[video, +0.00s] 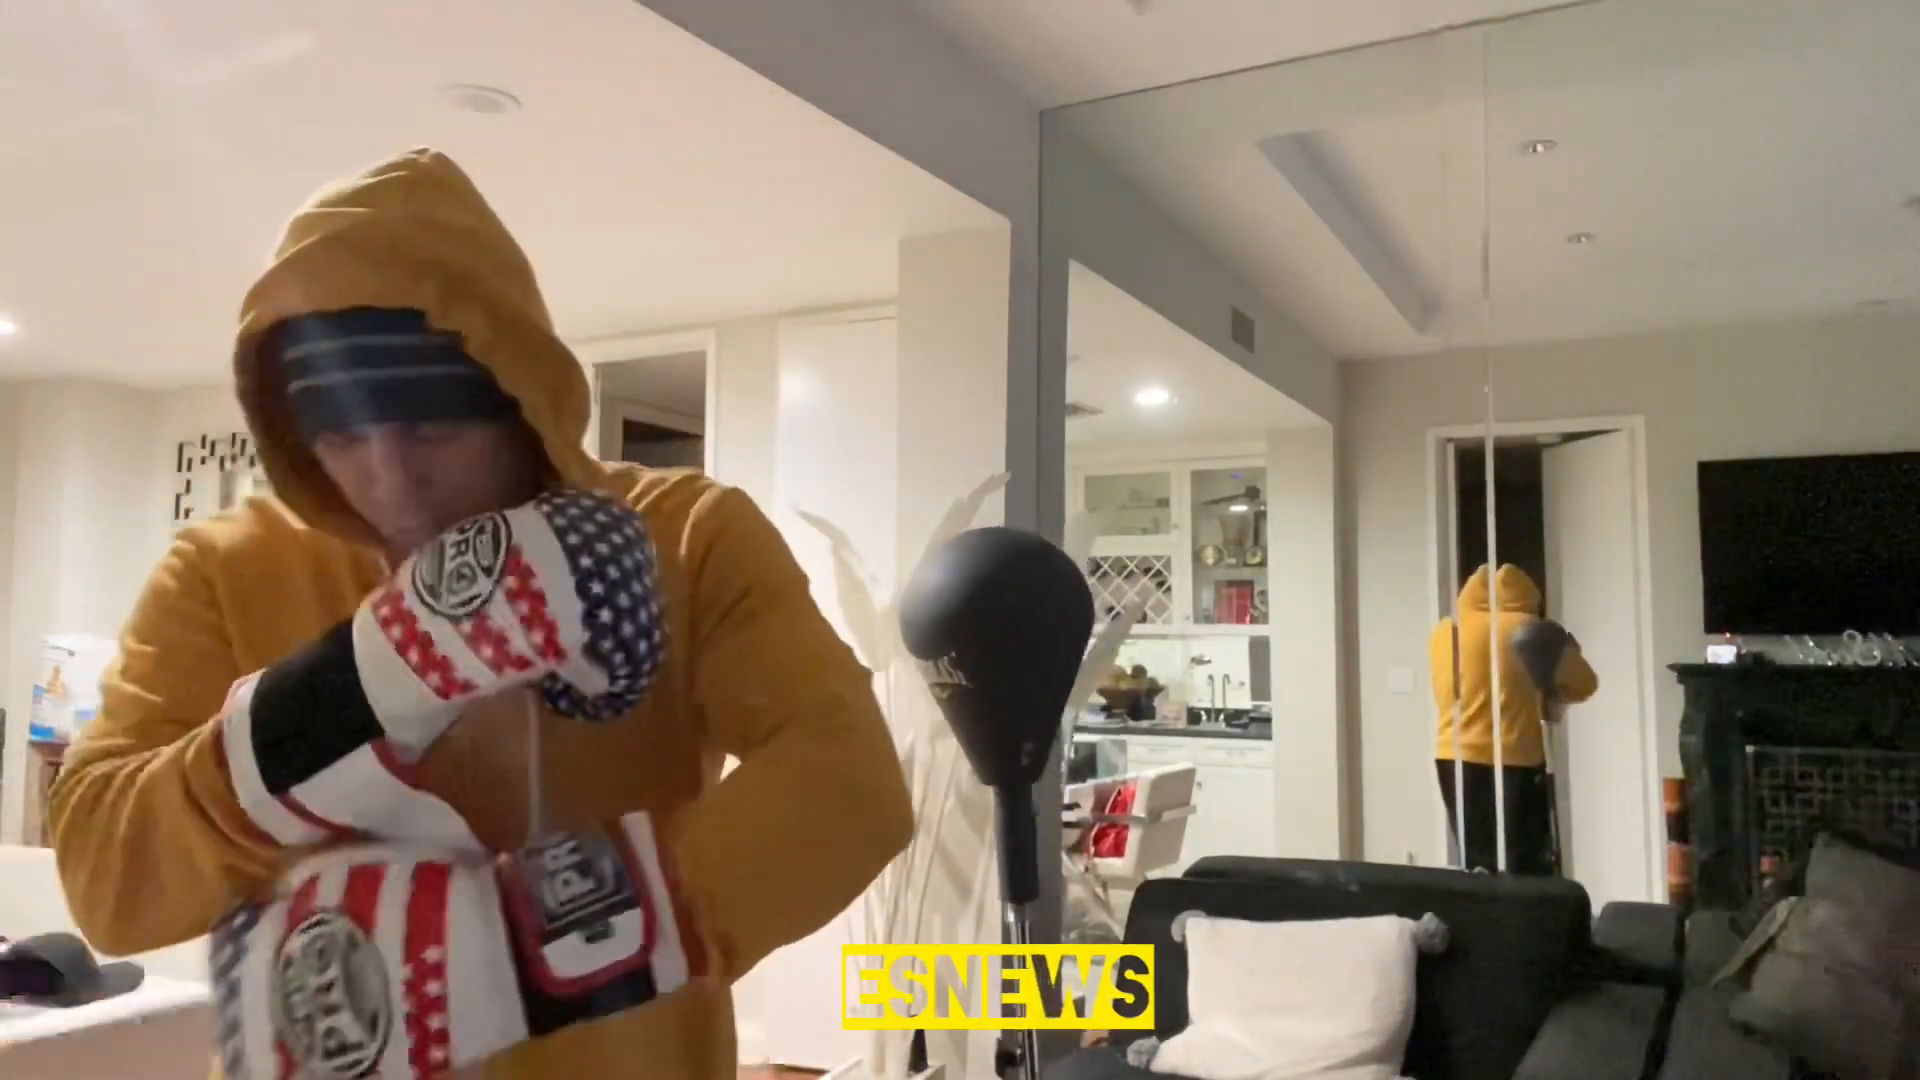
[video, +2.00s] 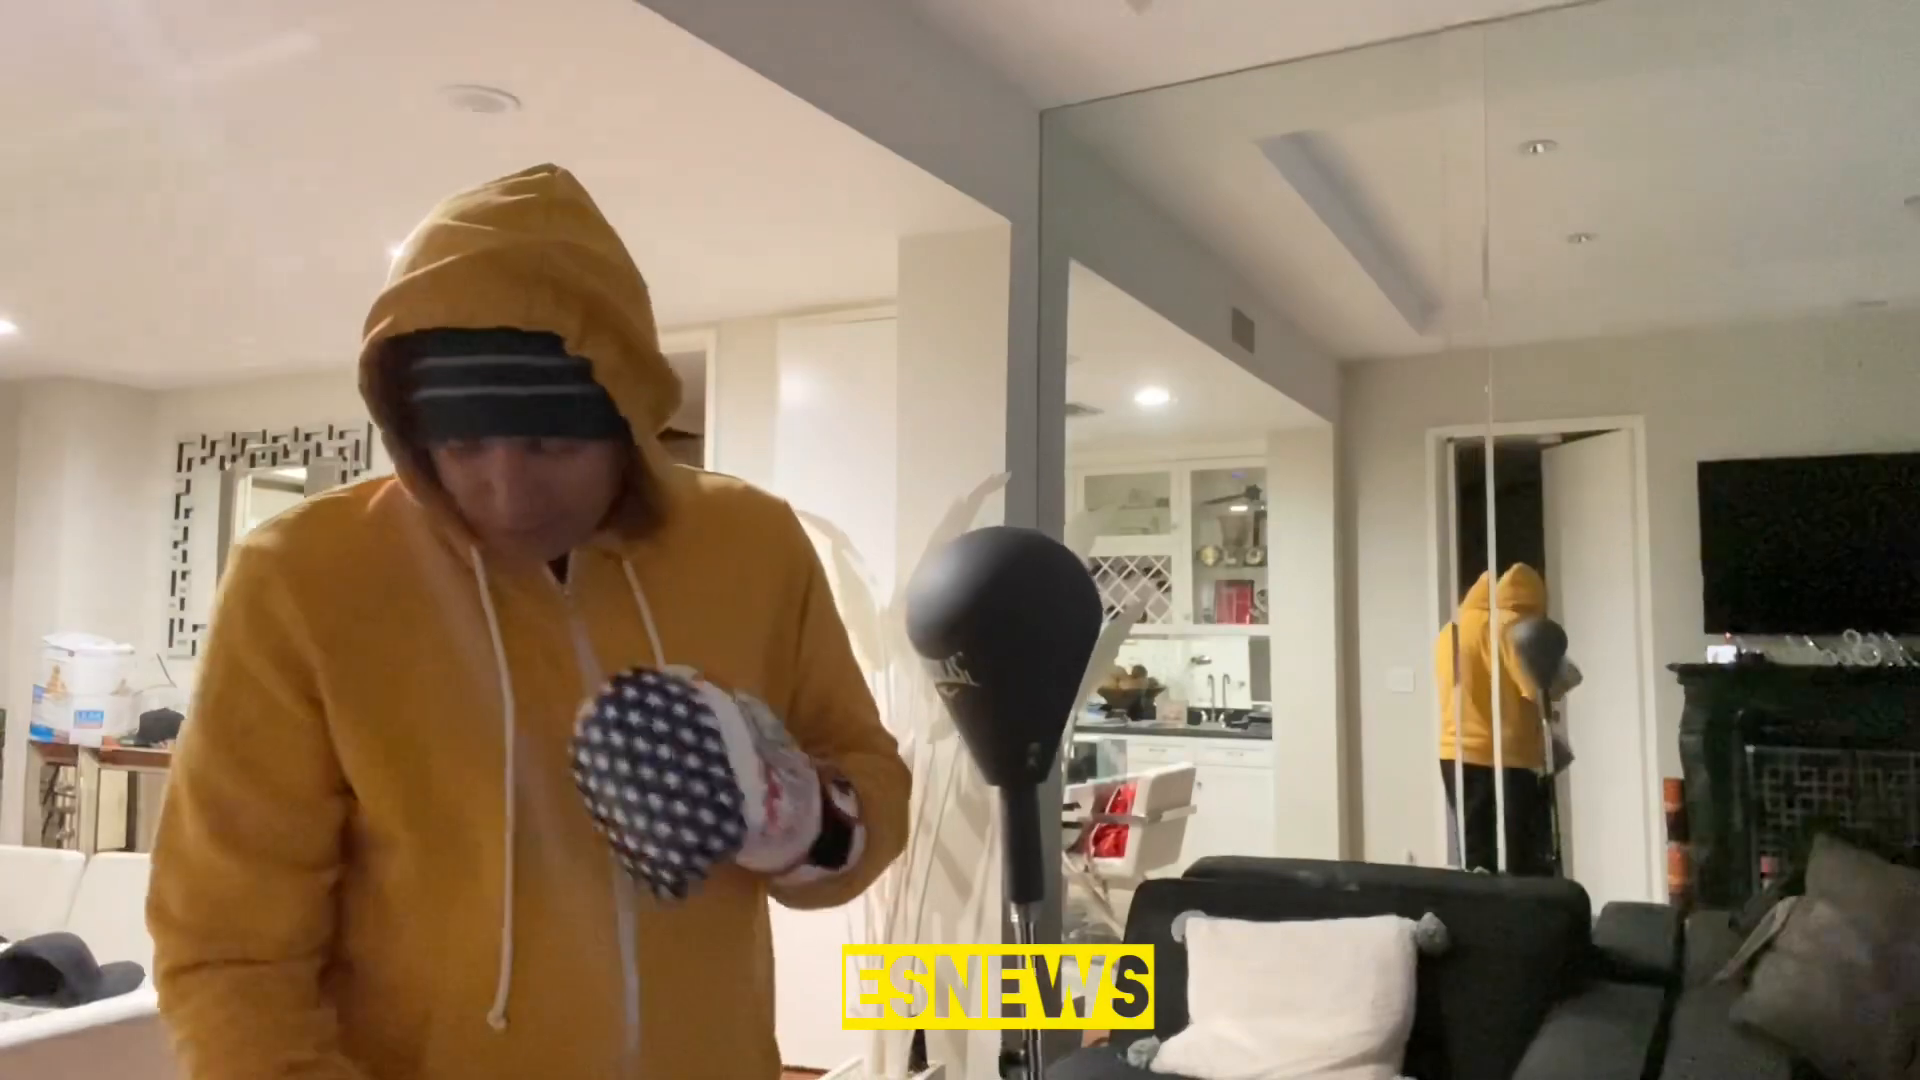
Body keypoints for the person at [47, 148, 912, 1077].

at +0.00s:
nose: (393, 482)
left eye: (434, 418)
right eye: (339, 431)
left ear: (520, 393)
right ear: (300, 440)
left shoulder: (693, 544)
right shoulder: (225, 579)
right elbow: (111, 887)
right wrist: (394, 674)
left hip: (643, 1066)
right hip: (339, 1071)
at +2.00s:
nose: (507, 498)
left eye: (554, 442)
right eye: (462, 446)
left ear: (630, 419)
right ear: (411, 432)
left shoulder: (752, 547)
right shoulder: (301, 584)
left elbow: (866, 771)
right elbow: (230, 957)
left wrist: (819, 828)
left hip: (707, 1057)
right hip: (421, 1055)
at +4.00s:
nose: (645, 365)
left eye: (685, 325)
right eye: (611, 325)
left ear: (739, 360)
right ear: (565, 358)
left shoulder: (836, 574)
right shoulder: (439, 548)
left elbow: (1004, 773)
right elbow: (386, 790)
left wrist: (856, 861)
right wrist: (689, 657)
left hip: (768, 1060)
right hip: (484, 1052)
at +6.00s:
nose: (523, 500)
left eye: (569, 445)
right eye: (480, 451)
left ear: (651, 423)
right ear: (433, 441)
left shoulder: (783, 569)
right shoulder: (333, 596)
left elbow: (877, 814)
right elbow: (273, 942)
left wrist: (756, 888)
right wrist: (388, 1069)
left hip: (724, 1058)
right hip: (457, 1060)